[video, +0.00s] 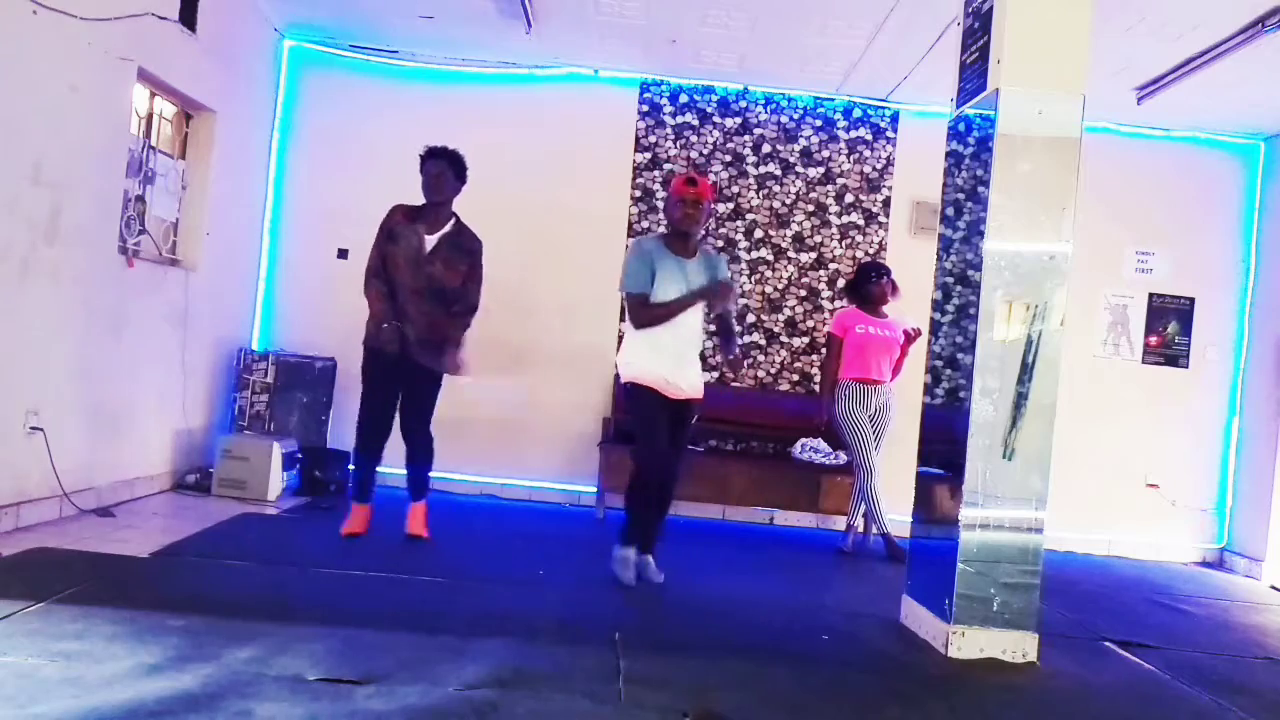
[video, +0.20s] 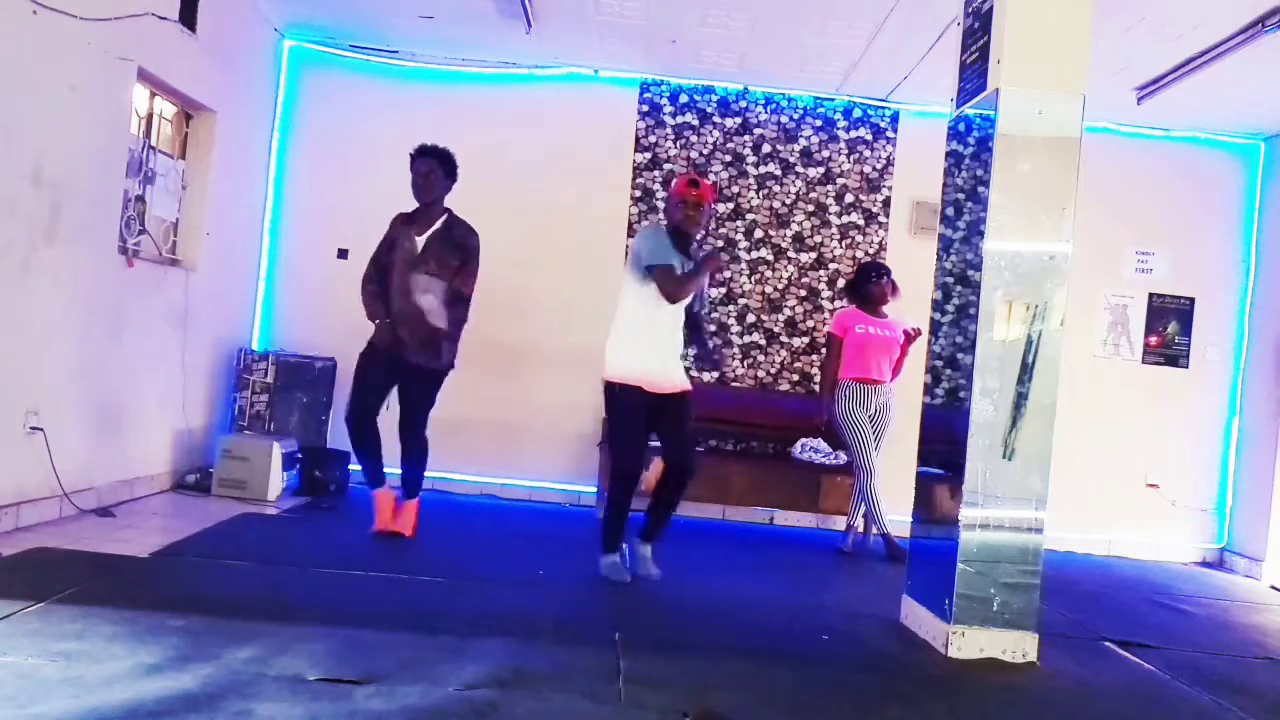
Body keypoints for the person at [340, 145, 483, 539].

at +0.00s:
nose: (431, 182)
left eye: (440, 176)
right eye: (427, 175)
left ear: (459, 183)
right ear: (420, 178)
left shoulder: (468, 243)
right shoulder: (398, 219)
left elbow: (468, 302)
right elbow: (374, 274)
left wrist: (445, 341)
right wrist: (384, 320)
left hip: (428, 353)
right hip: (384, 344)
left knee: (416, 430)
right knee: (371, 425)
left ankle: (418, 507)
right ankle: (361, 506)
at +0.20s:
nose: (421, 181)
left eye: (430, 174)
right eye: (416, 174)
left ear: (448, 181)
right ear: (411, 179)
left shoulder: (464, 237)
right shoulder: (400, 225)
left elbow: (460, 300)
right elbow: (373, 275)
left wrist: (445, 346)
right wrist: (379, 317)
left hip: (427, 353)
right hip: (386, 343)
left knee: (412, 428)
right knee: (359, 415)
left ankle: (410, 505)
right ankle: (380, 492)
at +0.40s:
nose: (416, 181)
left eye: (425, 174)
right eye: (411, 173)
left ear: (442, 180)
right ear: (405, 177)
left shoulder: (466, 227)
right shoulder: (392, 229)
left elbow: (503, 280)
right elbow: (373, 285)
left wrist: (463, 283)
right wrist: (391, 326)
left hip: (439, 355)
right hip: (396, 352)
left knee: (432, 437)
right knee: (392, 435)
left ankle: (435, 515)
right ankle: (399, 510)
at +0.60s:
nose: (418, 184)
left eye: (428, 178)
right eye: (414, 177)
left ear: (445, 184)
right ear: (407, 181)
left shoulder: (463, 231)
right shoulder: (387, 232)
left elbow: (490, 284)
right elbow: (379, 294)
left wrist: (514, 271)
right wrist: (400, 341)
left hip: (450, 349)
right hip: (405, 347)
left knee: (444, 420)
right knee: (409, 421)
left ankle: (420, 496)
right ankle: (410, 501)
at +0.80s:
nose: (430, 178)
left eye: (438, 172)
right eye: (424, 171)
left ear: (453, 178)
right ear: (415, 174)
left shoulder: (468, 230)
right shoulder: (392, 218)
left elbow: (472, 290)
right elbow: (383, 280)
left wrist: (503, 295)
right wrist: (405, 330)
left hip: (445, 344)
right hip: (400, 340)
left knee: (439, 422)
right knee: (392, 417)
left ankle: (451, 501)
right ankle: (386, 496)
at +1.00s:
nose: (424, 187)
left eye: (432, 180)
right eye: (419, 179)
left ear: (450, 183)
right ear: (413, 182)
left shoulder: (467, 239)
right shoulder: (397, 215)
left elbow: (464, 299)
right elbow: (383, 276)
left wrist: (452, 352)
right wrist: (396, 327)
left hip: (434, 349)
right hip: (389, 343)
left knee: (427, 427)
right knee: (382, 422)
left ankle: (429, 502)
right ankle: (360, 499)